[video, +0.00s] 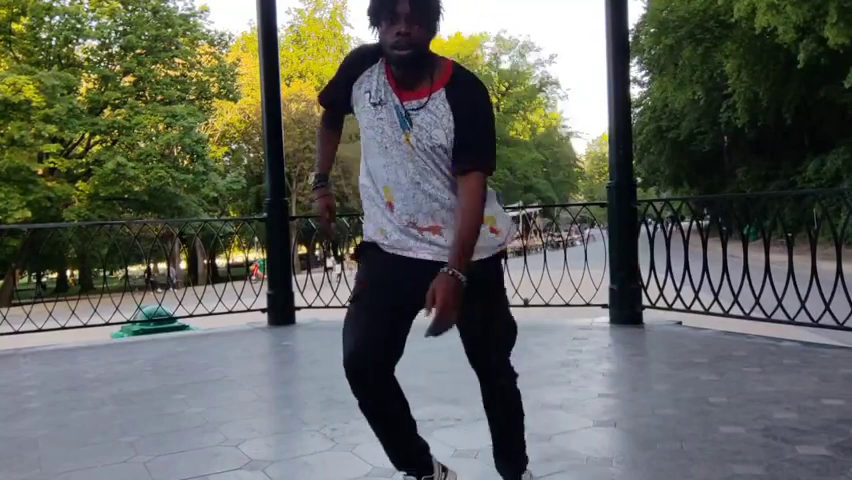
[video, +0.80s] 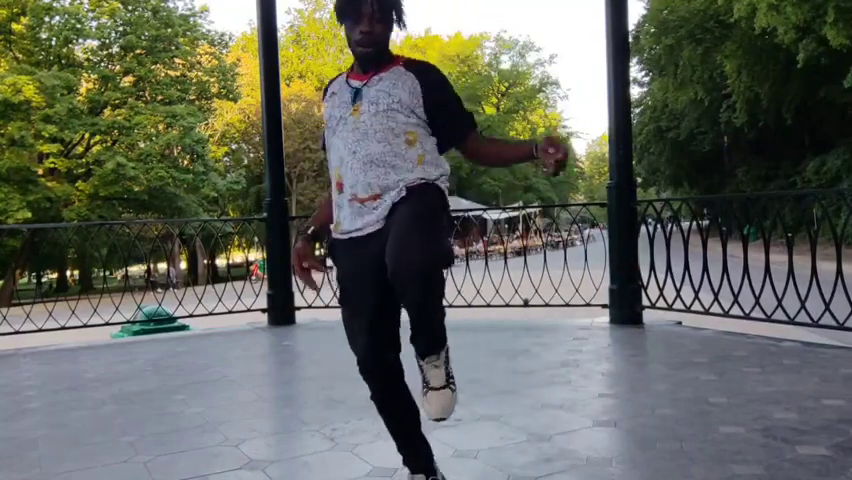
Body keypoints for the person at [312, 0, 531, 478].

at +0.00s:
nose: (403, 29)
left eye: (416, 18)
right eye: (391, 18)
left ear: (434, 24)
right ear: (376, 25)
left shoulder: (464, 90)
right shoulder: (360, 68)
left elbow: (472, 183)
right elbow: (332, 115)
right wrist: (321, 182)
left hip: (468, 252)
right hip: (391, 250)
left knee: (494, 368)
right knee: (364, 363)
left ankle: (513, 470)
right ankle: (421, 470)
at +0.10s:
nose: (388, 32)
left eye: (400, 22)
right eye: (378, 22)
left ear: (420, 27)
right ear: (364, 29)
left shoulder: (454, 90)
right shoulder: (354, 78)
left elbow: (439, 188)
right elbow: (324, 123)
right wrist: (301, 177)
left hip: (458, 261)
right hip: (385, 260)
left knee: (470, 364)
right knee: (356, 370)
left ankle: (480, 446)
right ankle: (415, 468)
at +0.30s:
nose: (379, 32)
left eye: (391, 22)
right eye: (369, 25)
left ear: (409, 28)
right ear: (356, 37)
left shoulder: (434, 64)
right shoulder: (358, 104)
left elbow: (431, 149)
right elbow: (331, 169)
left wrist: (344, 204)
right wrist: (279, 187)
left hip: (441, 254)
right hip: (374, 255)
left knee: (443, 361)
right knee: (375, 370)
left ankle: (403, 420)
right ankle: (392, 470)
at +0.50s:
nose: (388, 34)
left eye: (399, 24)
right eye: (377, 26)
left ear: (416, 29)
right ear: (364, 35)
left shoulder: (440, 66)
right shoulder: (353, 113)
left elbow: (471, 132)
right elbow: (340, 192)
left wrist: (405, 183)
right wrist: (282, 245)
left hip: (422, 237)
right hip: (354, 243)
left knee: (424, 338)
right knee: (354, 358)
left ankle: (407, 370)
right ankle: (399, 468)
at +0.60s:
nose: (387, 34)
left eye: (397, 24)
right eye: (376, 25)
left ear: (413, 28)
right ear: (363, 32)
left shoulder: (439, 80)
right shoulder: (349, 105)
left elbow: (488, 150)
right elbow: (339, 192)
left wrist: (454, 176)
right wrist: (302, 261)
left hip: (414, 221)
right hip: (351, 232)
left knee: (406, 301)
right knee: (357, 357)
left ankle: (422, 362)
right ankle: (406, 468)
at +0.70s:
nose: (379, 28)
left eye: (390, 18)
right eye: (369, 19)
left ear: (406, 24)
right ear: (358, 28)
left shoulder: (431, 79)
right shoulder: (342, 99)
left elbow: (468, 148)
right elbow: (343, 185)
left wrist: (496, 172)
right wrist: (316, 247)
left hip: (415, 199)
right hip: (356, 221)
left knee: (403, 271)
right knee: (368, 354)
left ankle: (428, 365)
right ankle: (415, 469)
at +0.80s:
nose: (367, 27)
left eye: (379, 16)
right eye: (357, 17)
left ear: (394, 22)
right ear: (343, 25)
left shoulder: (421, 76)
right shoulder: (334, 93)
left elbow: (474, 146)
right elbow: (343, 181)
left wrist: (533, 149)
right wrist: (310, 233)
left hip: (413, 199)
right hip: (353, 225)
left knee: (411, 260)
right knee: (374, 361)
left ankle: (431, 354)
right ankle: (422, 469)